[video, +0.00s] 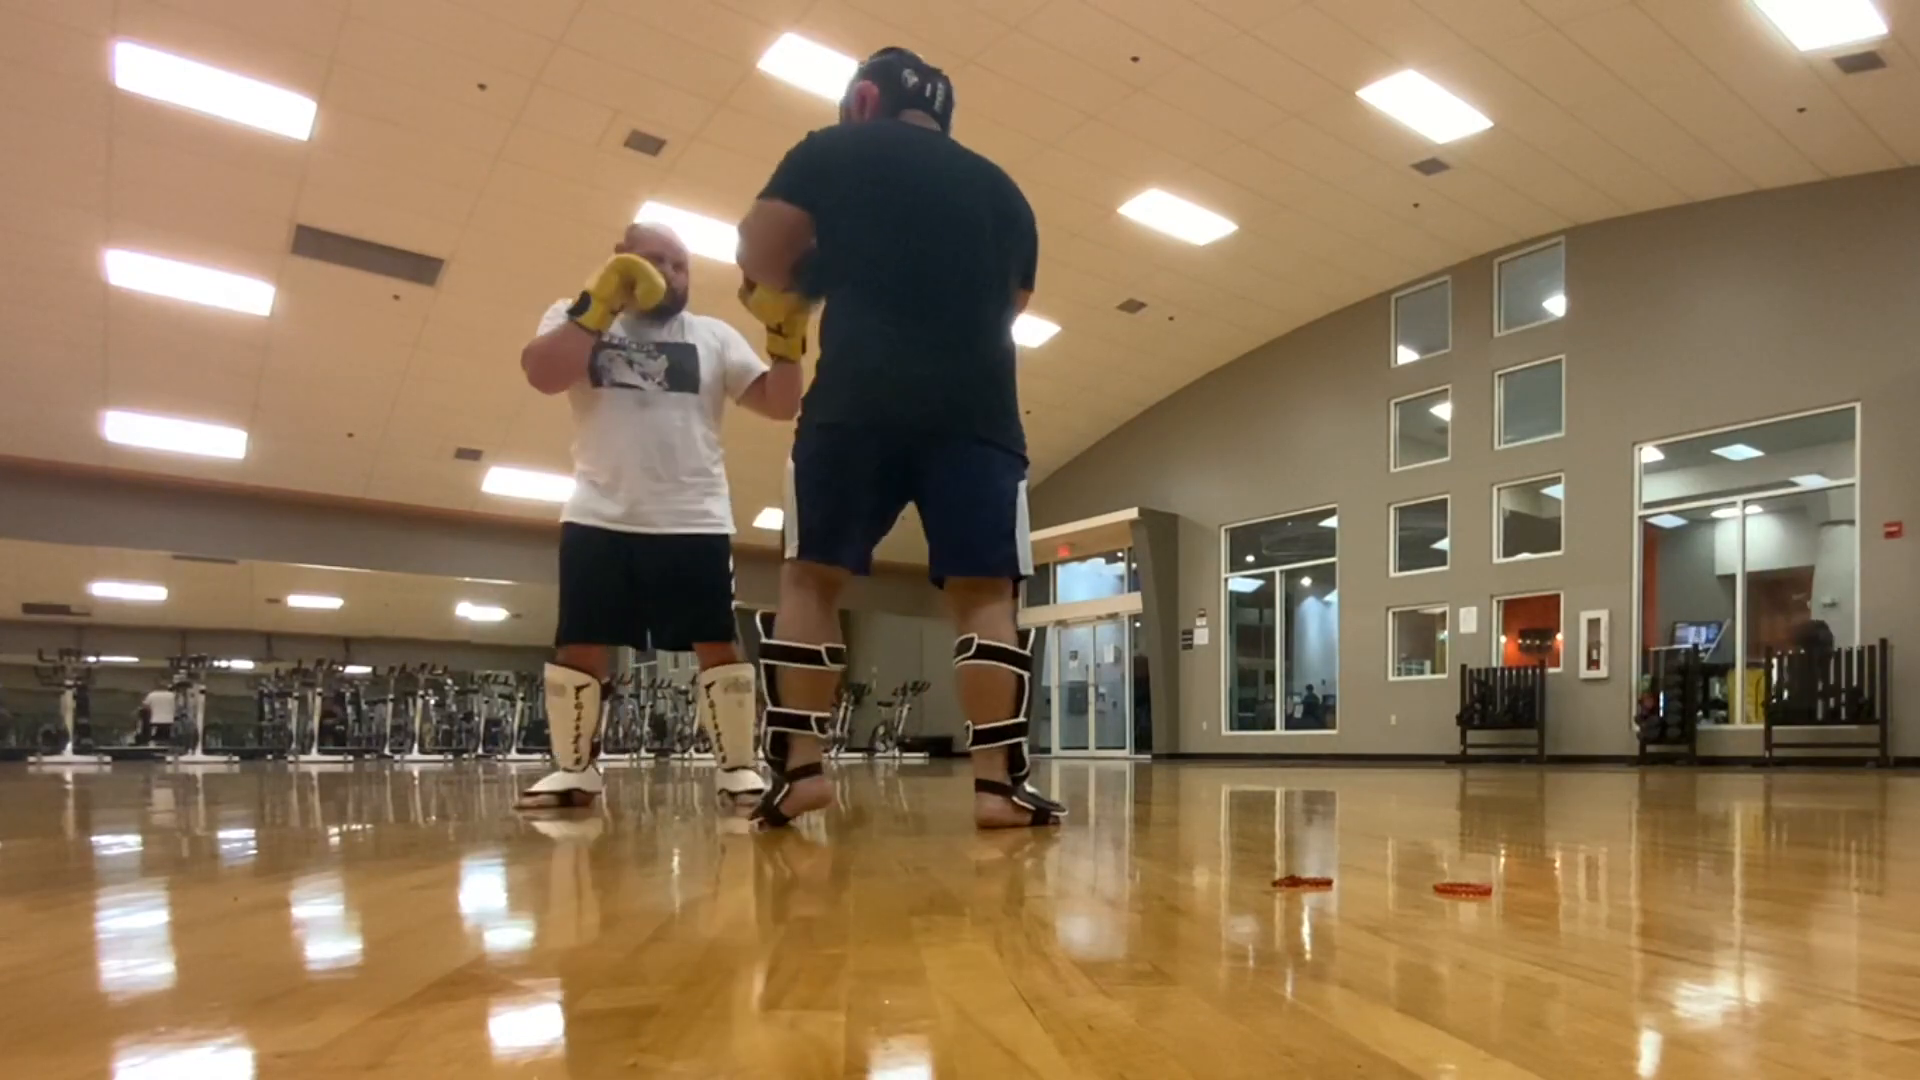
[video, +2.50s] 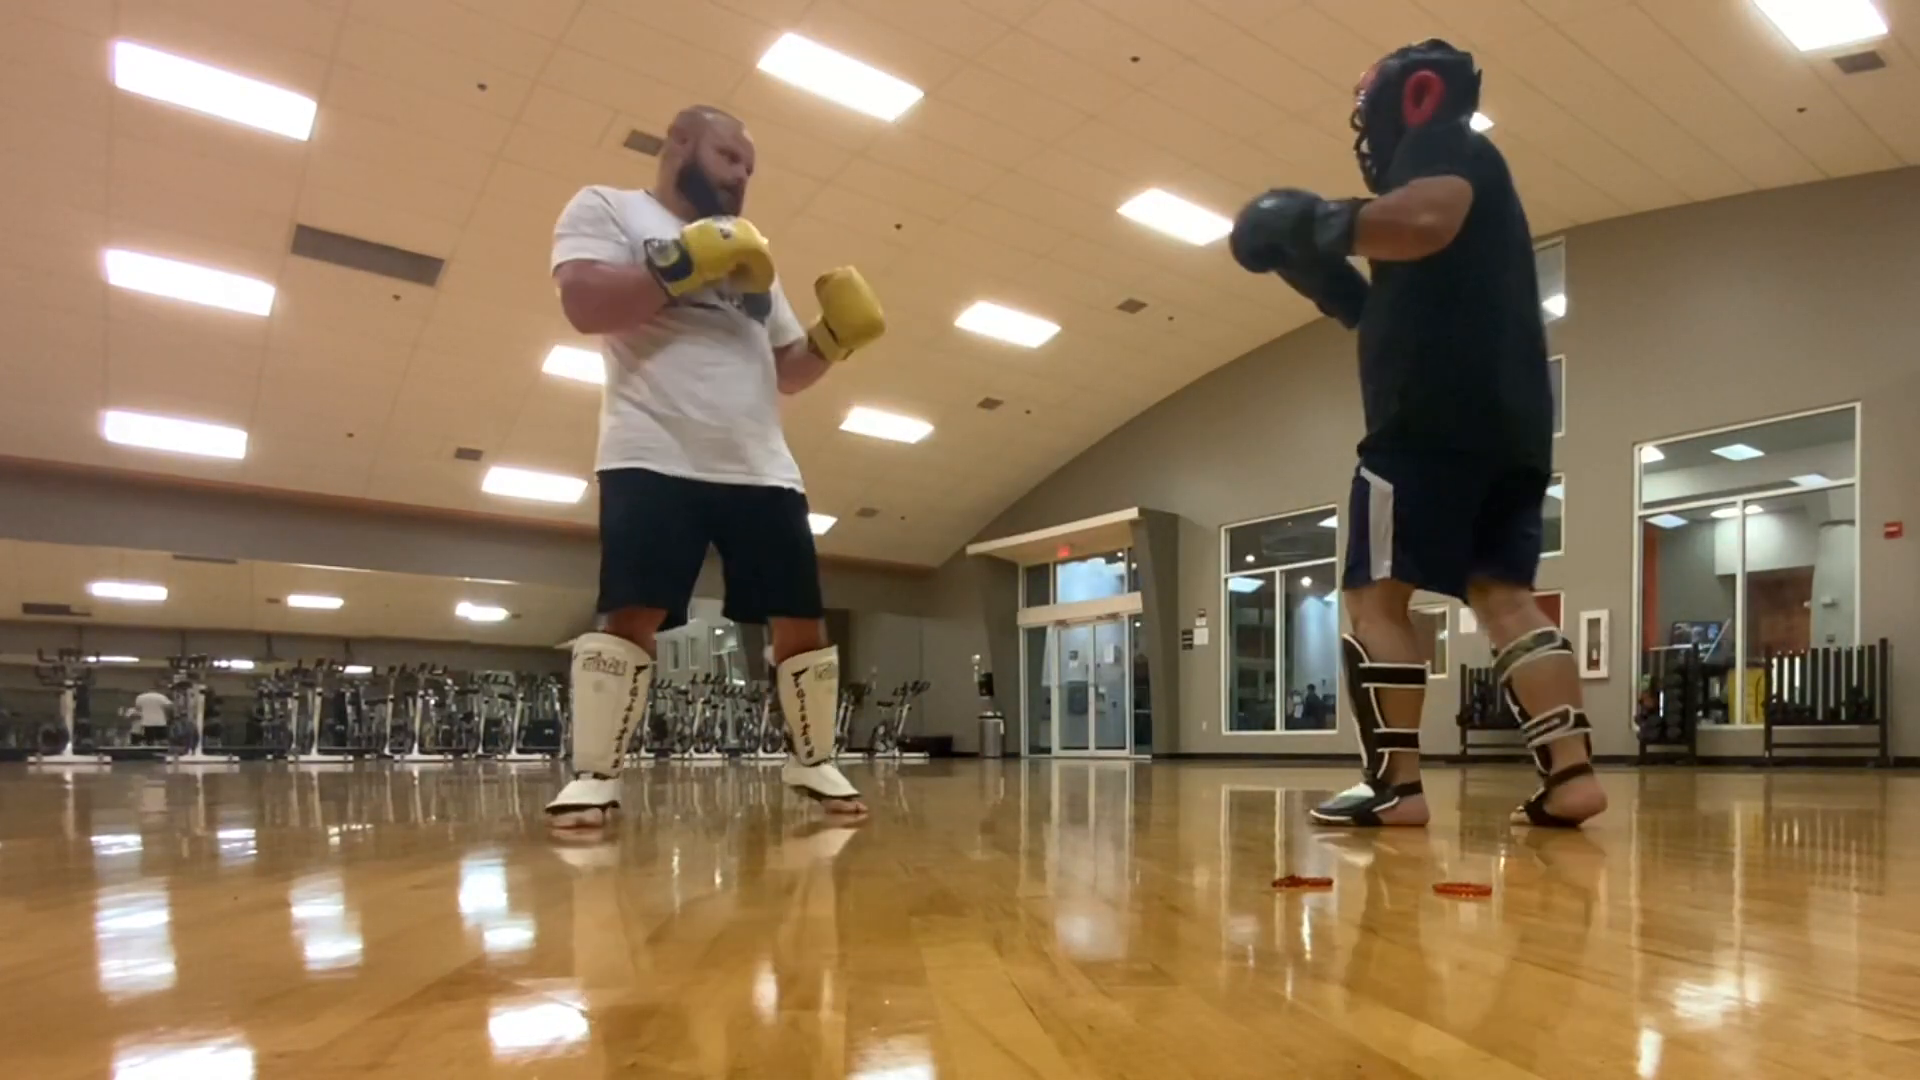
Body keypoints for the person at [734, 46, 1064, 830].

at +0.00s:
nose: (845, 115)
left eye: (848, 104)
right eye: (850, 106)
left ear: (865, 99)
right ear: (945, 117)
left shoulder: (832, 149)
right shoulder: (1000, 186)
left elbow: (764, 248)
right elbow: (1015, 299)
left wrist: (792, 289)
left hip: (858, 405)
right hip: (976, 411)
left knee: (812, 580)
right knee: (986, 593)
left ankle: (803, 767)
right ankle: (998, 786)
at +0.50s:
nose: (784, 90)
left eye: (786, 75)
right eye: (786, 78)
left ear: (806, 62)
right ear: (875, 75)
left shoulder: (819, 109)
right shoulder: (936, 161)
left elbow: (724, 193)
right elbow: (972, 311)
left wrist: (690, 134)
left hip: (858, 386)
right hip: (926, 396)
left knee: (834, 596)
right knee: (772, 562)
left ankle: (834, 785)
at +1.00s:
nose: (981, 101)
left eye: (987, 85)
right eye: (983, 89)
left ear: (1012, 75)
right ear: (1064, 85)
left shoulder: (1049, 135)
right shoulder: (1070, 171)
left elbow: (1020, 222)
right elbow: (981, 279)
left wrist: (903, 156)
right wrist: (877, 214)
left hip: (1006, 425)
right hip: (1091, 430)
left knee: (922, 594)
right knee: (1080, 604)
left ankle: (850, 779)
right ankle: (1136, 788)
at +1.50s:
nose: (1191, 53)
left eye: (1200, 32)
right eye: (1193, 38)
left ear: (1241, 13)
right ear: (1304, 19)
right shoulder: (1360, 114)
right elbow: (1271, 263)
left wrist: (1137, 226)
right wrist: (1171, 253)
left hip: (1303, 367)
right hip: (1374, 370)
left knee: (1332, 573)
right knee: (1290, 577)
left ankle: (1424, 790)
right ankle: (1255, 780)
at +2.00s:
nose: (1374, 88)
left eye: (1384, 65)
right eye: (1375, 76)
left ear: (1431, 48)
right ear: (1477, 60)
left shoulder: (1450, 95)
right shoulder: (1501, 138)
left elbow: (1415, 196)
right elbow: (1434, 284)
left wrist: (1318, 208)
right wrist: (1333, 255)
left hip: (1442, 389)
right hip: (1530, 392)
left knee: (1410, 576)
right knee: (1534, 580)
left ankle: (1426, 791)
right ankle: (1579, 789)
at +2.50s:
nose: (1357, 118)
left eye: (1368, 99)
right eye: (1360, 103)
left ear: (1419, 94)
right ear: (1439, 100)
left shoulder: (1445, 144)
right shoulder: (1479, 183)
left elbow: (1431, 220)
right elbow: (1414, 321)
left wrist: (1314, 222)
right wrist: (1330, 279)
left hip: (1426, 418)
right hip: (1511, 424)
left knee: (1373, 596)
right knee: (1503, 594)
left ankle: (1395, 784)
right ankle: (1571, 773)